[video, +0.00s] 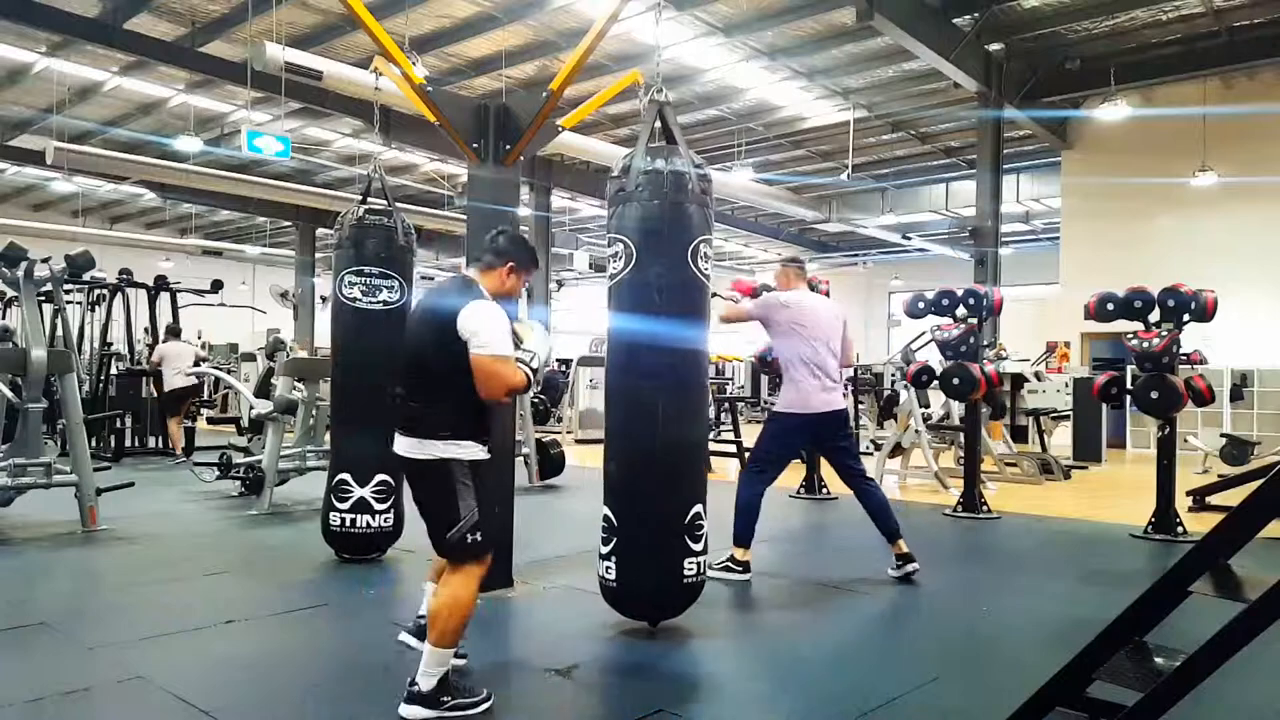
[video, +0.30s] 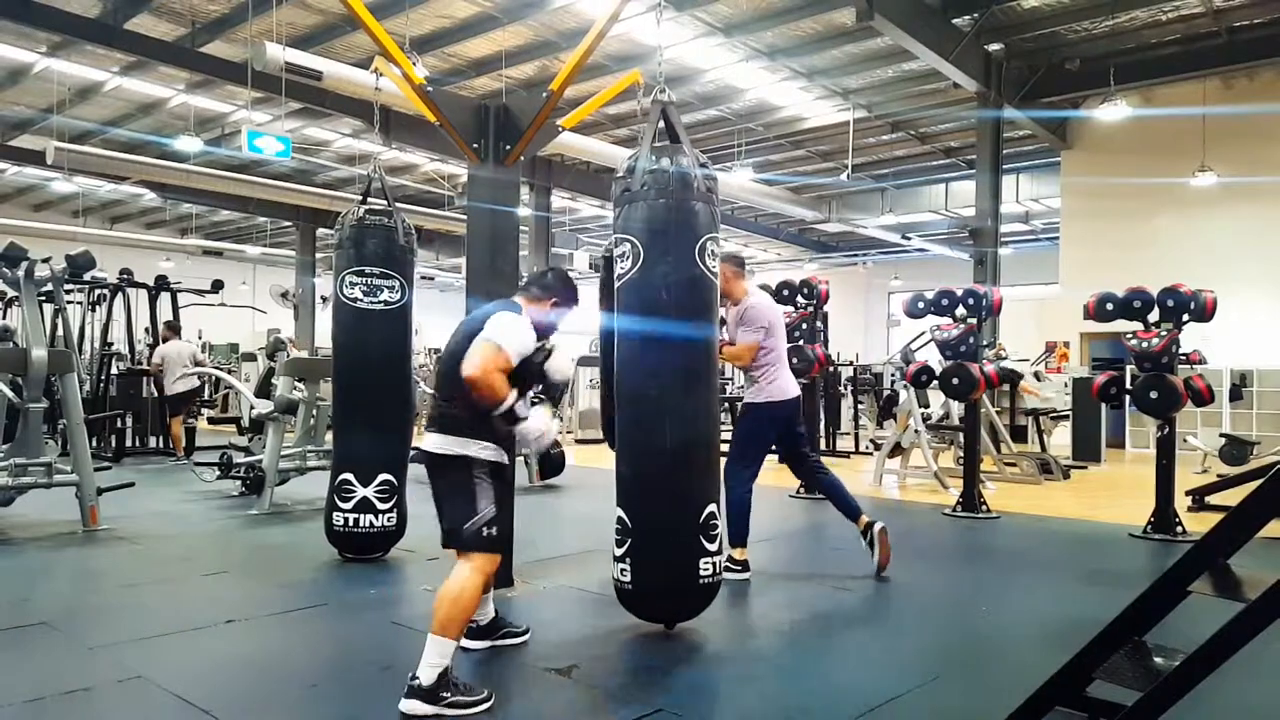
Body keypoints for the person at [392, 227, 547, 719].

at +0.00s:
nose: (521, 293)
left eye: (523, 284)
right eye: (523, 283)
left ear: (486, 262)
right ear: (508, 270)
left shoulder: (438, 295)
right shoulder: (481, 309)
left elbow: (448, 369)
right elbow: (495, 385)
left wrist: (510, 363)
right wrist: (530, 370)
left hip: (420, 445)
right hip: (448, 450)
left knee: (456, 545)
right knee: (471, 560)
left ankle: (427, 620)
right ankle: (429, 685)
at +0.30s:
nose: (559, 324)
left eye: (563, 316)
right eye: (561, 314)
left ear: (532, 295)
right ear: (550, 303)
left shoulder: (498, 314)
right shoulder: (515, 321)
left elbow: (499, 381)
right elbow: (477, 370)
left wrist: (541, 375)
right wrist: (520, 413)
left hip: (463, 445)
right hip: (468, 448)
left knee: (481, 544)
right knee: (479, 558)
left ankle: (480, 621)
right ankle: (428, 680)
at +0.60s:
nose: (578, 322)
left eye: (580, 317)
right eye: (579, 316)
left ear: (547, 293)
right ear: (570, 302)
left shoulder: (504, 310)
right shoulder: (552, 313)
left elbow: (497, 375)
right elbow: (564, 369)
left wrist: (540, 409)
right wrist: (586, 400)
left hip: (478, 429)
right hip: (489, 432)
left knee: (507, 522)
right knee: (481, 536)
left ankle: (481, 620)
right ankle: (442, 656)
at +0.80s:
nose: (577, 318)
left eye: (581, 313)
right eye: (579, 310)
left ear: (562, 290)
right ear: (567, 293)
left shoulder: (531, 307)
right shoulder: (534, 309)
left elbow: (532, 373)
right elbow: (530, 372)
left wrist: (572, 371)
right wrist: (569, 358)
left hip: (505, 435)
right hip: (480, 433)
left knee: (526, 514)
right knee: (484, 536)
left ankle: (492, 604)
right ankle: (428, 644)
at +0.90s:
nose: (575, 325)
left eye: (579, 319)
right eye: (578, 316)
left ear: (560, 296)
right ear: (565, 298)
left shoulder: (528, 322)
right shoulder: (523, 319)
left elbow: (520, 385)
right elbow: (521, 385)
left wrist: (559, 381)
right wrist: (562, 377)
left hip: (509, 448)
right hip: (478, 445)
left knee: (542, 512)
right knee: (475, 542)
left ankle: (504, 593)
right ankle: (419, 652)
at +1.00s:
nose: (581, 324)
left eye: (586, 317)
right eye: (584, 314)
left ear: (562, 297)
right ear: (567, 298)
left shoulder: (540, 328)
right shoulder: (521, 321)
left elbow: (558, 360)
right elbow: (504, 384)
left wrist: (600, 351)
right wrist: (559, 398)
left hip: (513, 447)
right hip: (483, 443)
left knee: (534, 515)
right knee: (477, 540)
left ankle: (510, 597)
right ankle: (422, 649)